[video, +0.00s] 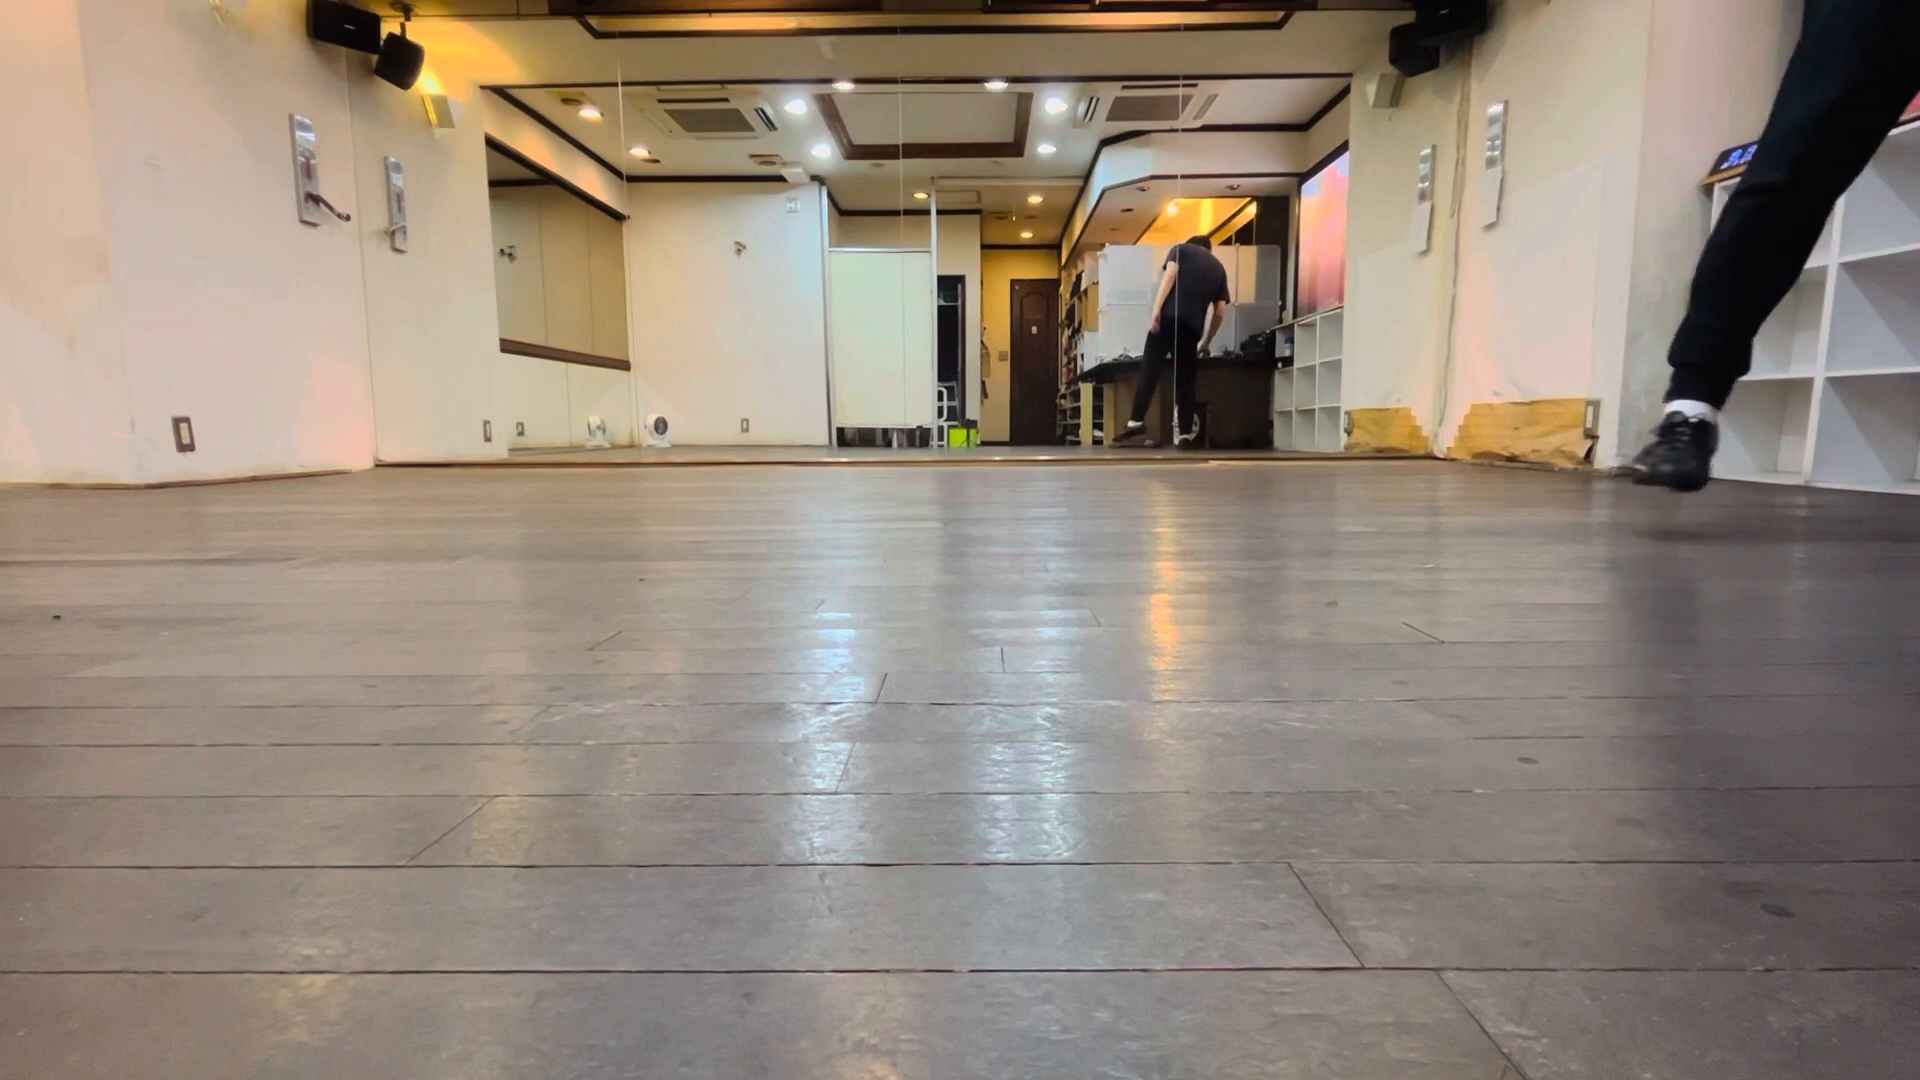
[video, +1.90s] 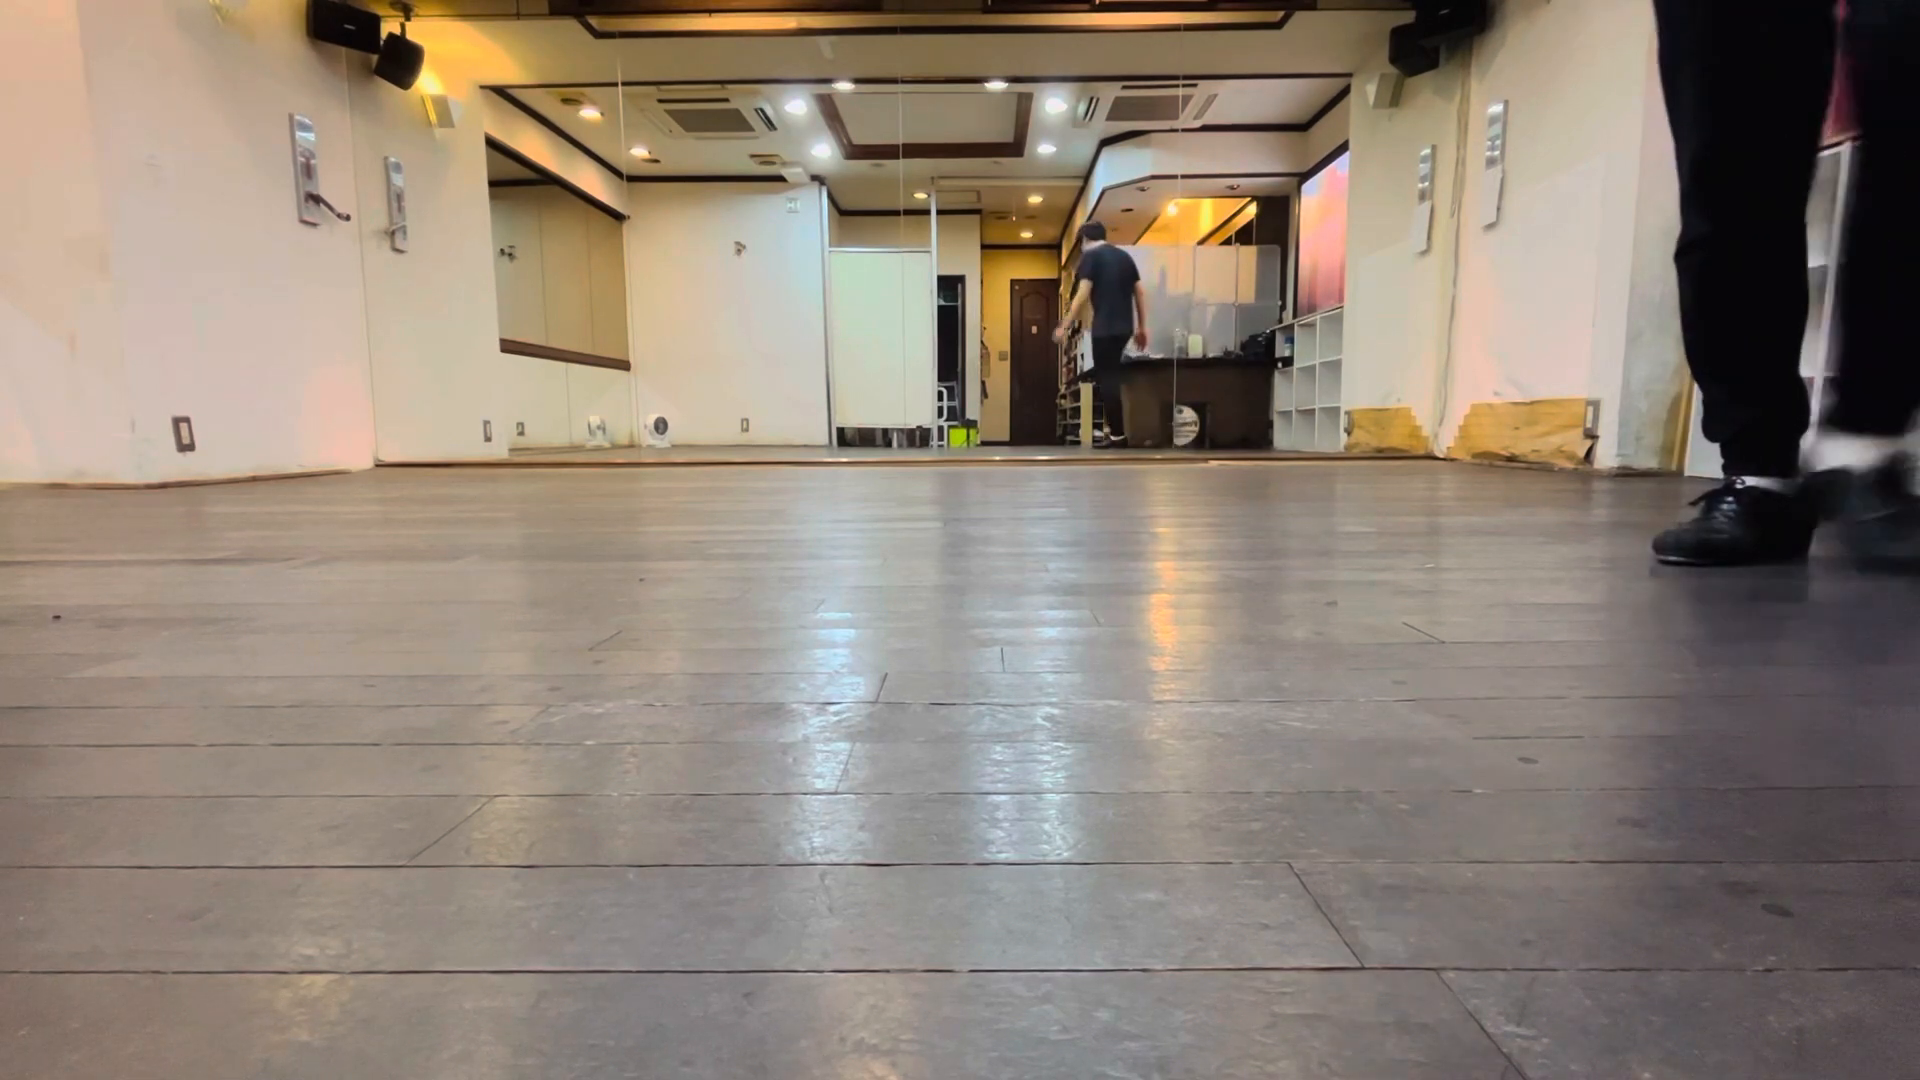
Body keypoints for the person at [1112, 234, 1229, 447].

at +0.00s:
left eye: (1187, 244)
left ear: (1189, 243)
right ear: (1209, 249)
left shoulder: (1179, 249)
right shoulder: (1218, 268)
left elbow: (1171, 274)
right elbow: (1220, 313)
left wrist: (1156, 309)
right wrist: (1207, 343)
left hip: (1167, 319)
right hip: (1193, 327)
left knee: (1150, 369)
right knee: (1185, 379)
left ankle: (1136, 420)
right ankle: (1183, 434)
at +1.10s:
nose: (1160, 247)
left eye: (1161, 243)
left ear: (1164, 241)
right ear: (1183, 242)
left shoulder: (1160, 250)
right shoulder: (1196, 261)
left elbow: (1158, 280)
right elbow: (1205, 305)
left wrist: (1150, 318)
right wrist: (1201, 339)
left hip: (1154, 325)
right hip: (1179, 330)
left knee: (1139, 372)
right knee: (1178, 378)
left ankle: (1139, 428)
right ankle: (1182, 433)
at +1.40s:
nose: (1131, 250)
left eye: (1131, 247)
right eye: (1130, 247)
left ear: (1134, 243)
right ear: (1154, 241)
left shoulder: (1140, 253)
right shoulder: (1174, 259)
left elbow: (1148, 280)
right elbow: (1185, 294)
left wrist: (1159, 313)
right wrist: (1180, 321)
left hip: (1145, 326)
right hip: (1170, 327)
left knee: (1131, 376)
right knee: (1173, 378)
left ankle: (1120, 432)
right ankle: (1182, 432)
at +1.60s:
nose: (1108, 249)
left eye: (1107, 245)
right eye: (1107, 246)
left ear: (1110, 243)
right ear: (1130, 239)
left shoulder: (1116, 255)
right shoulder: (1149, 256)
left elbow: (1125, 282)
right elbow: (1164, 293)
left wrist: (1135, 317)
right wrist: (1160, 322)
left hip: (1127, 325)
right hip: (1152, 325)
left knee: (1115, 374)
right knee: (1156, 374)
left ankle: (1117, 434)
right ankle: (1172, 429)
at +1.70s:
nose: (1099, 249)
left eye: (1098, 245)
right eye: (1098, 246)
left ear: (1102, 242)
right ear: (1121, 238)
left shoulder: (1107, 256)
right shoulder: (1140, 257)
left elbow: (1110, 287)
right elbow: (1155, 292)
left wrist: (1111, 324)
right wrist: (1152, 327)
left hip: (1119, 326)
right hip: (1142, 326)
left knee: (1110, 376)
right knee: (1139, 372)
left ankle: (1116, 434)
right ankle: (1165, 420)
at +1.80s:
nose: (1091, 245)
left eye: (1091, 241)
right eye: (1091, 241)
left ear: (1094, 239)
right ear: (1112, 237)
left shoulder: (1098, 256)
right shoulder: (1132, 256)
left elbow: (1095, 293)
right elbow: (1146, 293)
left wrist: (1087, 331)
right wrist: (1145, 329)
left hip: (1110, 328)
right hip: (1132, 328)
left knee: (1108, 378)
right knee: (1126, 373)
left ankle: (1117, 434)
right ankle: (1139, 418)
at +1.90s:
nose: (1082, 246)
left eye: (1082, 242)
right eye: (1081, 243)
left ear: (1086, 239)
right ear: (1104, 237)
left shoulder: (1091, 256)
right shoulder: (1124, 256)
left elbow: (1083, 293)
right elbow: (1139, 292)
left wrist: (1065, 324)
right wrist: (1142, 327)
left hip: (1104, 329)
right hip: (1124, 328)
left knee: (1107, 379)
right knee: (1107, 377)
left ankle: (1117, 433)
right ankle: (1111, 428)